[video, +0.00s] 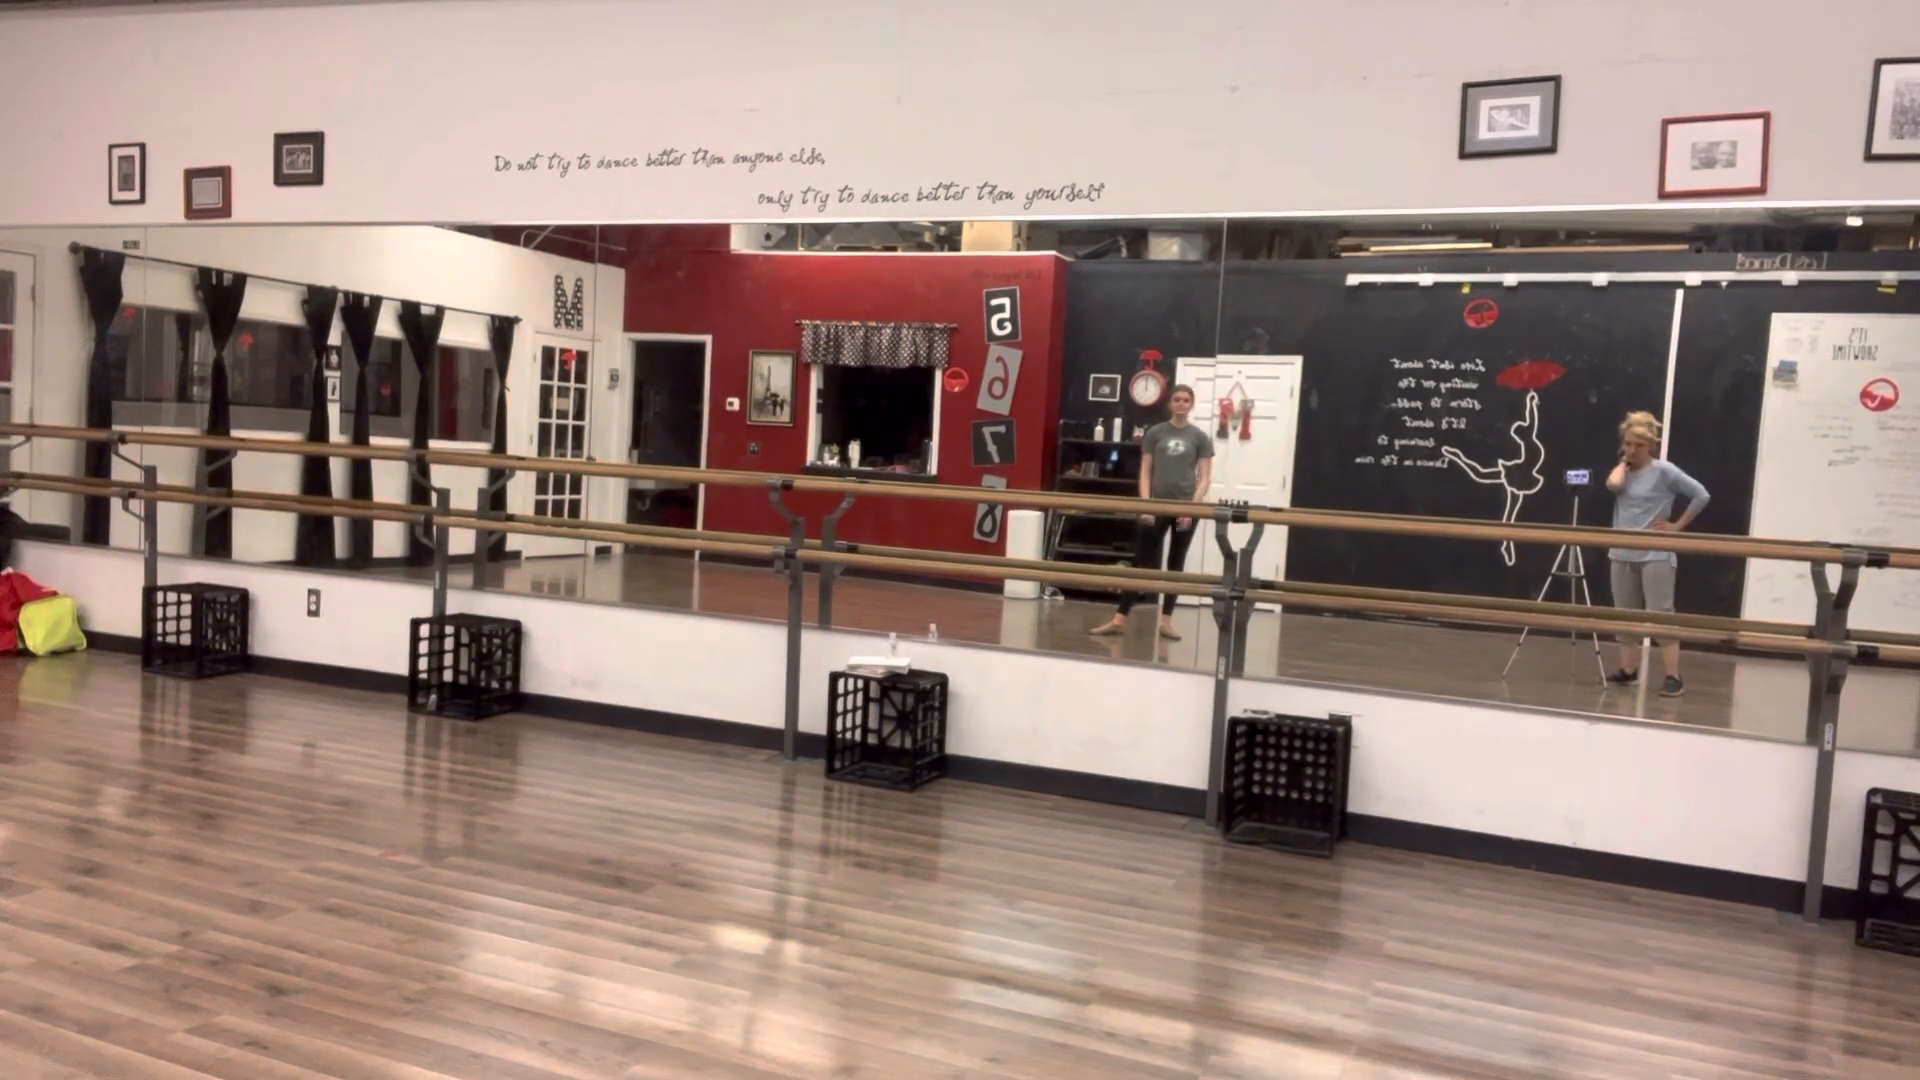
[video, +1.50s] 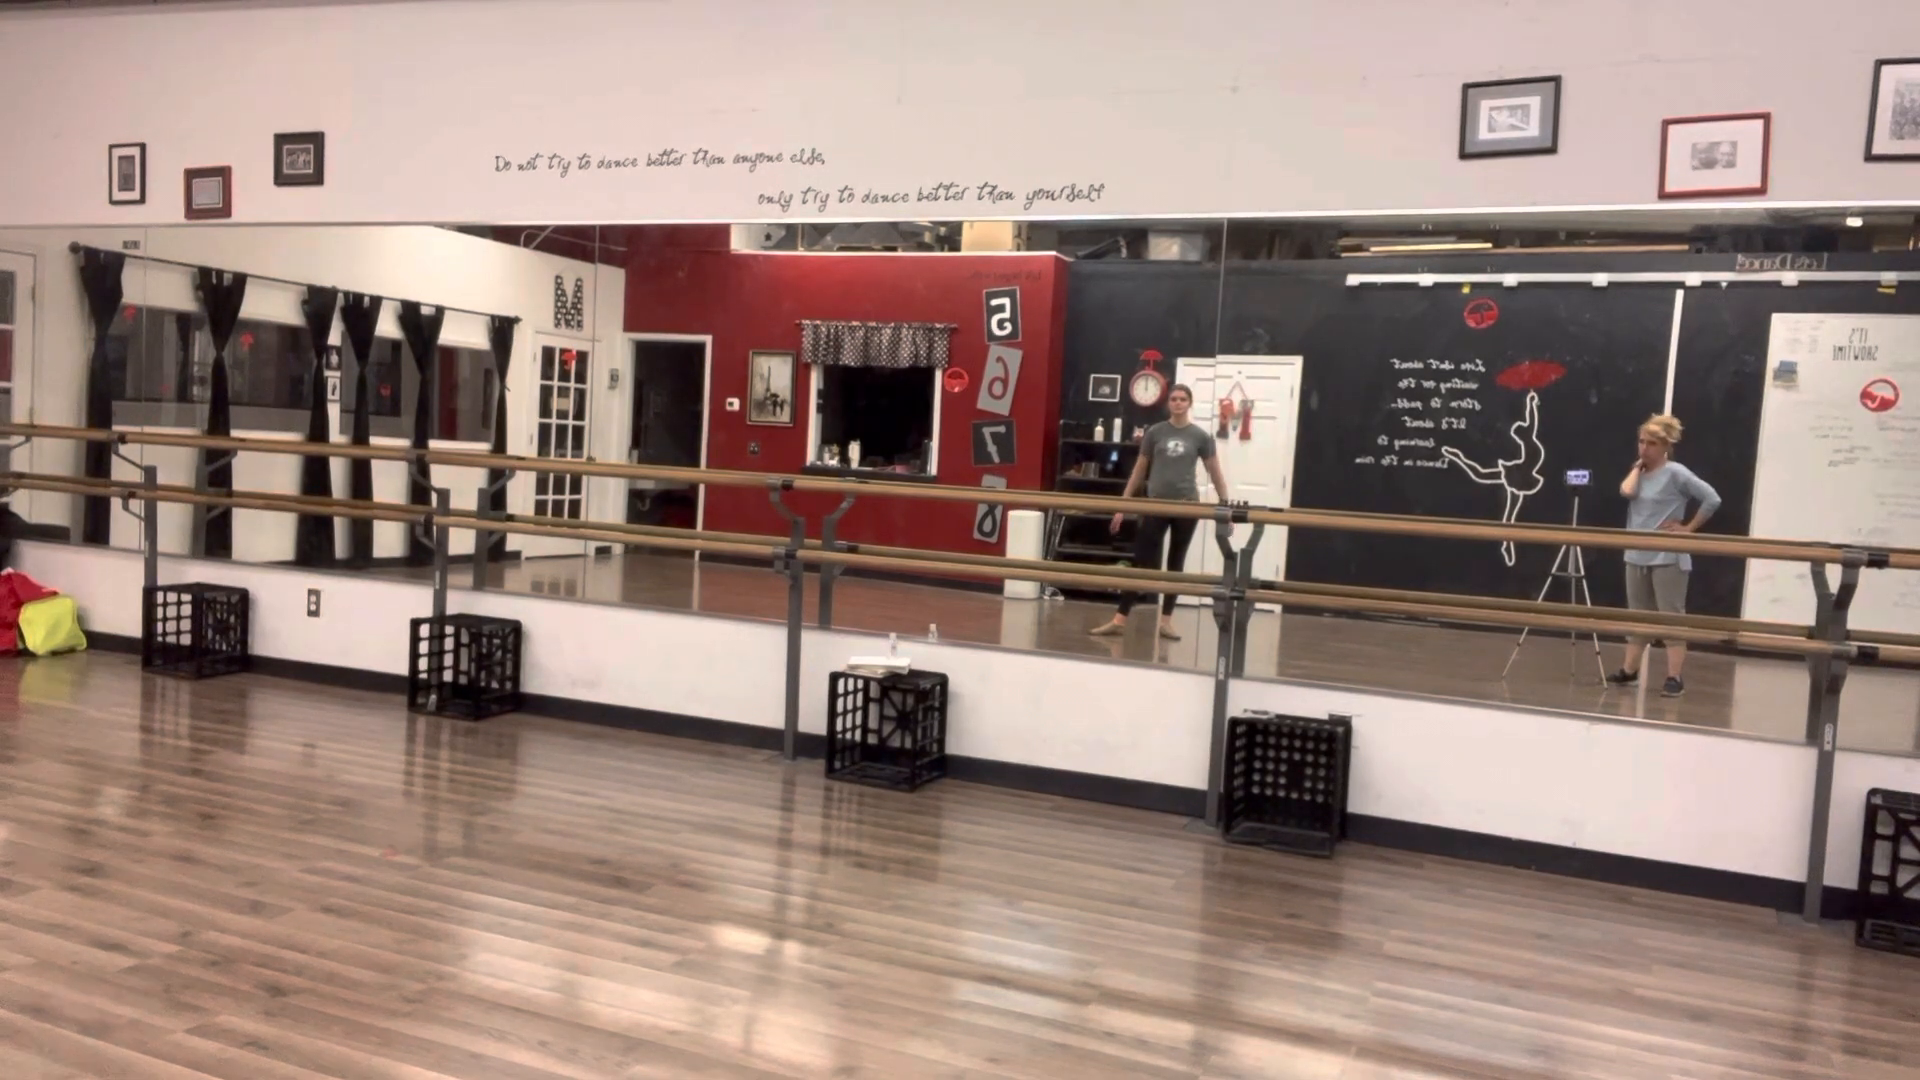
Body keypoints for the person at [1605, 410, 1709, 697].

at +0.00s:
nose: (1632, 450)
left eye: (1639, 445)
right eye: (1628, 444)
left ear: (1651, 446)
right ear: (1623, 445)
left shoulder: (1665, 471)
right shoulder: (1622, 470)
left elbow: (1701, 495)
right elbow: (1614, 484)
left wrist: (1677, 525)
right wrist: (1625, 460)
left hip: (1656, 554)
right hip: (1622, 553)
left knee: (1661, 615)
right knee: (1624, 615)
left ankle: (1672, 675)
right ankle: (1628, 669)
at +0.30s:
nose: (1642, 451)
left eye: (1649, 446)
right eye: (1638, 444)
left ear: (1660, 447)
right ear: (1632, 445)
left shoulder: (1674, 472)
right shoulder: (1629, 471)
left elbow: (1711, 497)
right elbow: (1623, 484)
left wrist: (1686, 526)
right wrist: (1634, 460)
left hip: (1664, 555)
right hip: (1629, 554)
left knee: (1667, 616)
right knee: (1629, 615)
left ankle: (1673, 676)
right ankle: (1628, 670)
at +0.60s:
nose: (1654, 451)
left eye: (1661, 445)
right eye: (1650, 444)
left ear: (1672, 447)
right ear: (1645, 446)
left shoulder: (1687, 472)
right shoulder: (1640, 472)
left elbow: (1725, 498)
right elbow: (1635, 487)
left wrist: (1700, 527)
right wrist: (1648, 460)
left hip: (1676, 556)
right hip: (1641, 554)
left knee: (1675, 617)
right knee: (1635, 613)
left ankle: (1674, 675)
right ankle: (1629, 670)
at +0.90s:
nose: (1658, 451)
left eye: (1665, 445)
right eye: (1655, 444)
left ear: (1677, 448)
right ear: (1650, 444)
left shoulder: (1690, 473)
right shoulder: (1646, 472)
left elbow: (1728, 499)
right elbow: (1637, 487)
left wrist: (1702, 528)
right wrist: (1652, 461)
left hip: (1679, 558)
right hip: (1644, 555)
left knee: (1678, 619)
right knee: (1638, 614)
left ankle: (1674, 676)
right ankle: (1629, 670)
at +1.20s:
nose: (1652, 450)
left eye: (1659, 444)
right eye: (1650, 443)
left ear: (1673, 447)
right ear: (1647, 444)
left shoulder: (1684, 473)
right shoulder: (1643, 472)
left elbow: (1721, 500)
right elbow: (1632, 486)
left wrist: (1696, 529)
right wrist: (1648, 460)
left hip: (1673, 557)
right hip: (1640, 555)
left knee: (1676, 619)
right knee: (1638, 615)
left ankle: (1674, 675)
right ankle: (1629, 670)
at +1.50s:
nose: (1643, 449)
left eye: (1650, 444)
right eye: (1641, 442)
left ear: (1665, 447)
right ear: (1639, 444)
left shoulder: (1676, 473)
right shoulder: (1637, 473)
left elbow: (1712, 499)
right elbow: (1627, 491)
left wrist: (1689, 528)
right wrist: (1638, 465)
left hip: (1668, 556)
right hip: (1636, 555)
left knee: (1671, 618)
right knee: (1637, 616)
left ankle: (1674, 677)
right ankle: (1629, 670)